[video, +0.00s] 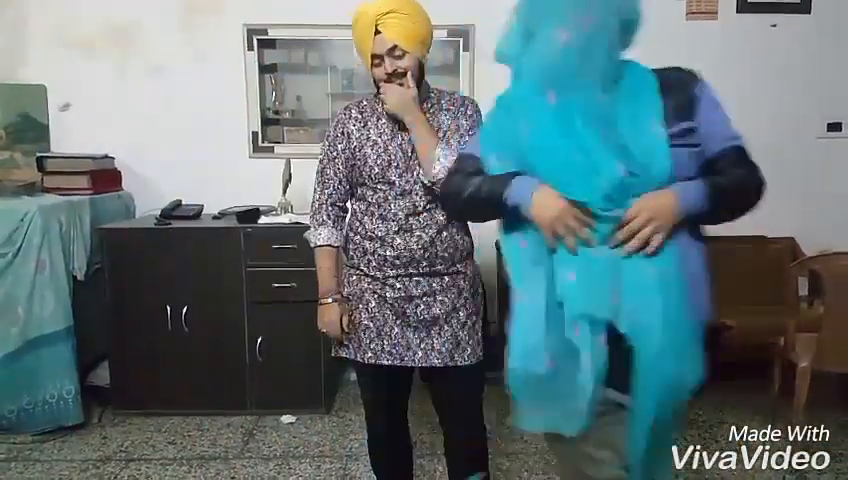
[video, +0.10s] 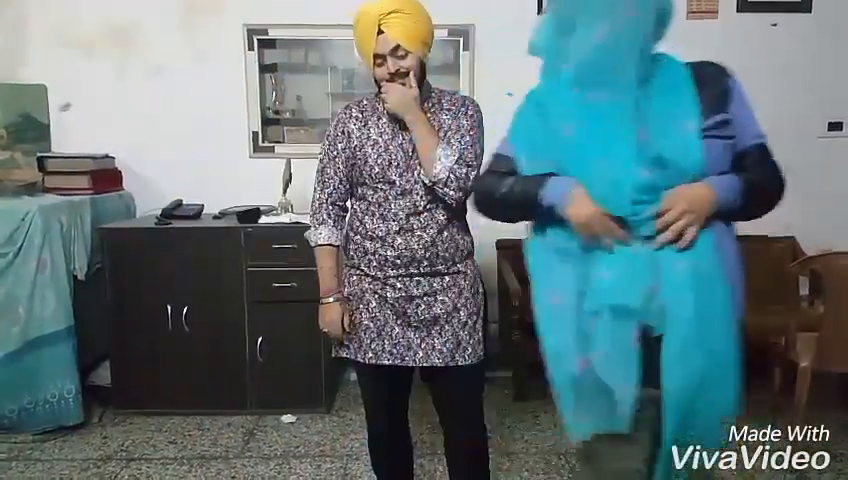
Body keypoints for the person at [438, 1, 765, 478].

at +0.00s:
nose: (564, 33)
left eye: (579, 16)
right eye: (551, 19)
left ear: (613, 19)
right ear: (533, 27)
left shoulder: (676, 92)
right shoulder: (520, 108)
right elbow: (456, 190)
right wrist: (527, 193)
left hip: (660, 352)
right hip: (558, 356)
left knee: (650, 465)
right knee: (586, 463)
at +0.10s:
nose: (606, 25)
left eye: (618, 12)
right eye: (592, 14)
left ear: (648, 13)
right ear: (571, 20)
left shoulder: (706, 84)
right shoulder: (551, 101)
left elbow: (765, 179)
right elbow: (487, 189)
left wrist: (713, 194)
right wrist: (560, 193)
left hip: (695, 332)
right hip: (592, 336)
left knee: (693, 462)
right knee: (616, 462)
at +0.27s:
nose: (665, 54)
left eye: (679, 36)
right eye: (652, 39)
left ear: (703, 35)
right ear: (630, 38)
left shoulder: (751, 109)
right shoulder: (606, 122)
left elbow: (808, 198)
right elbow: (573, 220)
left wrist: (781, 215)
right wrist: (642, 217)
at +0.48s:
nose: (705, 71)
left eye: (718, 54)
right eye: (690, 55)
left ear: (732, 54)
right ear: (657, 56)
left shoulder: (762, 132)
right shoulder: (627, 137)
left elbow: (789, 221)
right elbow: (598, 232)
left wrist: (815, 236)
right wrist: (684, 242)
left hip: (777, 342)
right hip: (684, 345)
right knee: (705, 460)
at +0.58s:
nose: (683, 54)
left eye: (696, 36)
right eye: (669, 37)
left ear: (717, 34)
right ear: (646, 36)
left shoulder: (753, 99)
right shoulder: (619, 107)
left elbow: (799, 177)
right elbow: (578, 196)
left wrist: (803, 193)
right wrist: (651, 216)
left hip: (758, 322)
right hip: (664, 329)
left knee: (770, 459)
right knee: (698, 461)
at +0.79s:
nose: (645, 66)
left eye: (658, 54)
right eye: (634, 54)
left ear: (684, 43)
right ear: (620, 44)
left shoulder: (720, 90)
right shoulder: (594, 105)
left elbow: (782, 155)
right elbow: (538, 171)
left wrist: (725, 176)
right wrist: (579, 199)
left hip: (715, 306)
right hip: (628, 311)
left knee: (716, 452)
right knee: (643, 454)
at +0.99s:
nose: (625, 105)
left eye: (638, 93)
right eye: (616, 92)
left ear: (656, 93)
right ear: (599, 86)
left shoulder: (681, 150)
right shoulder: (576, 146)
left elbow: (739, 210)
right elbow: (549, 215)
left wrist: (717, 214)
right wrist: (587, 212)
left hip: (667, 305)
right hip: (598, 303)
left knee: (683, 408)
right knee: (649, 404)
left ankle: (672, 470)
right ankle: (627, 472)